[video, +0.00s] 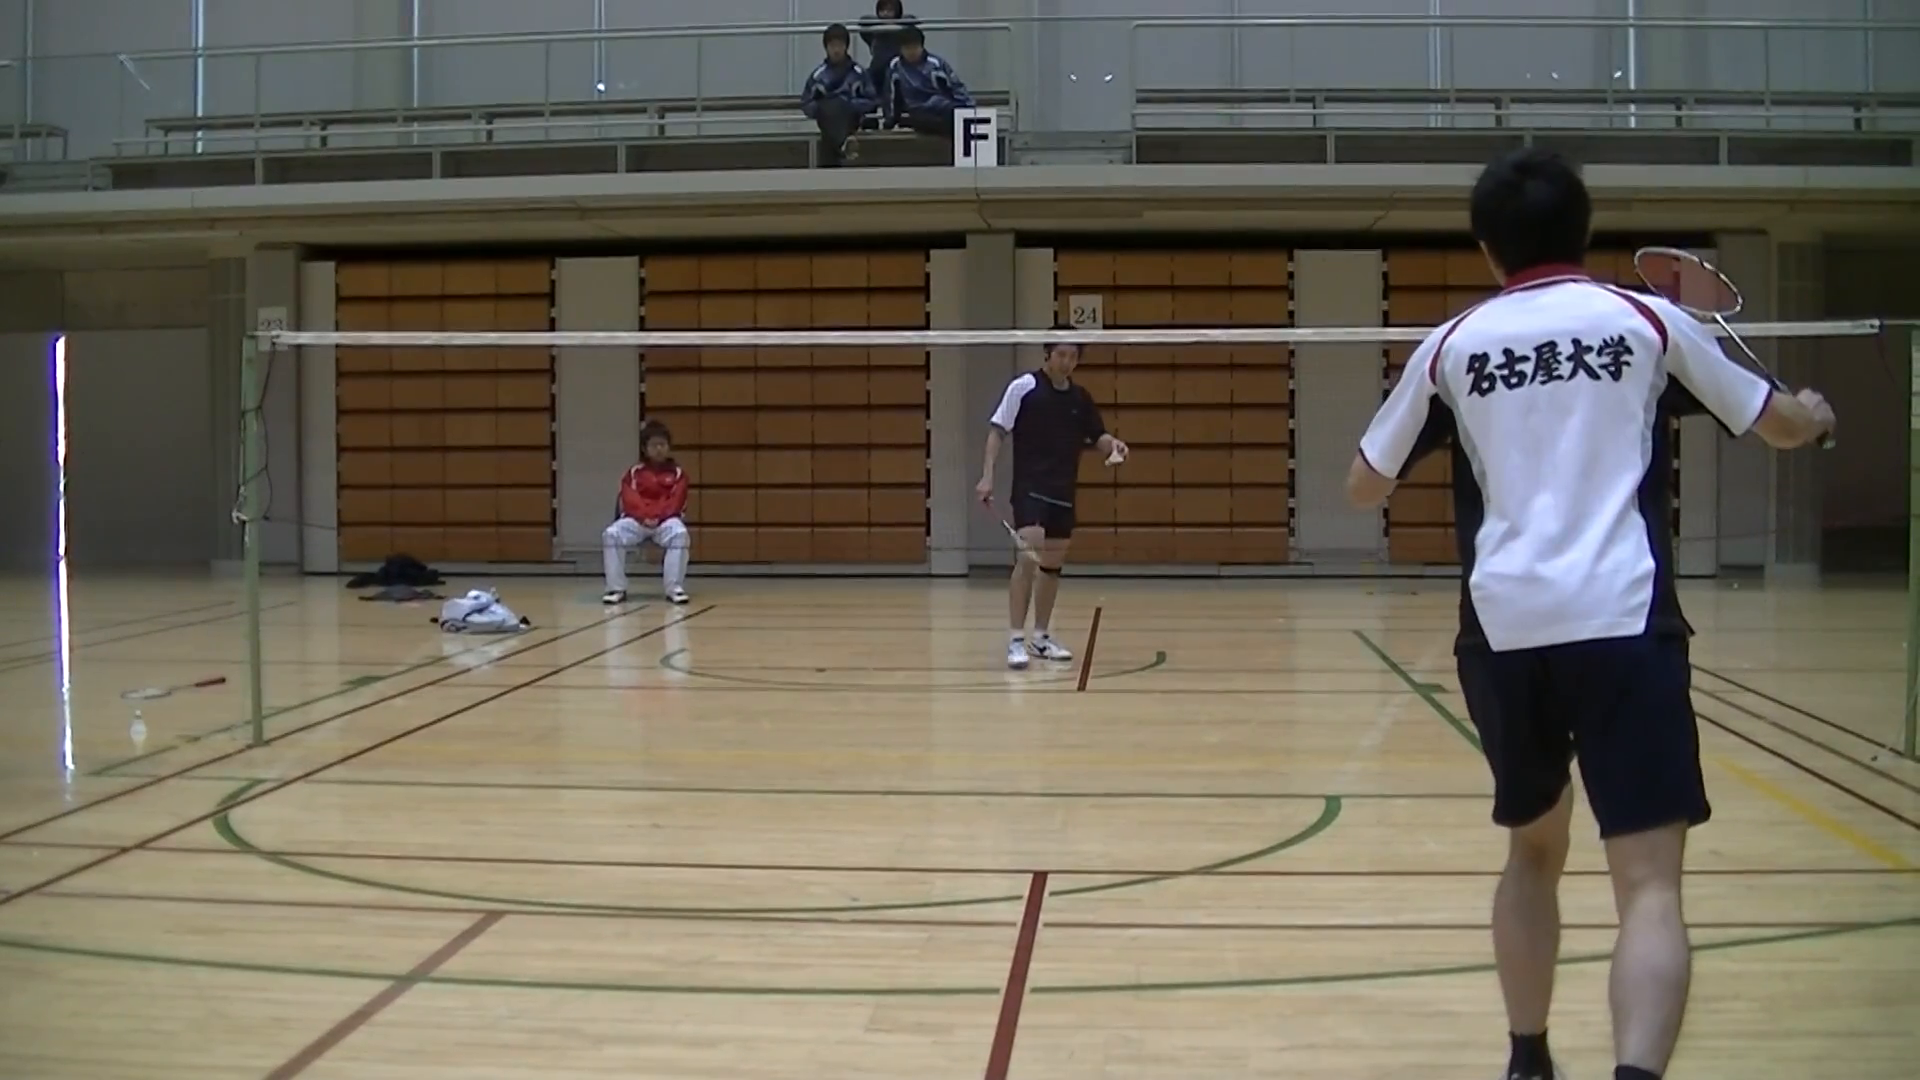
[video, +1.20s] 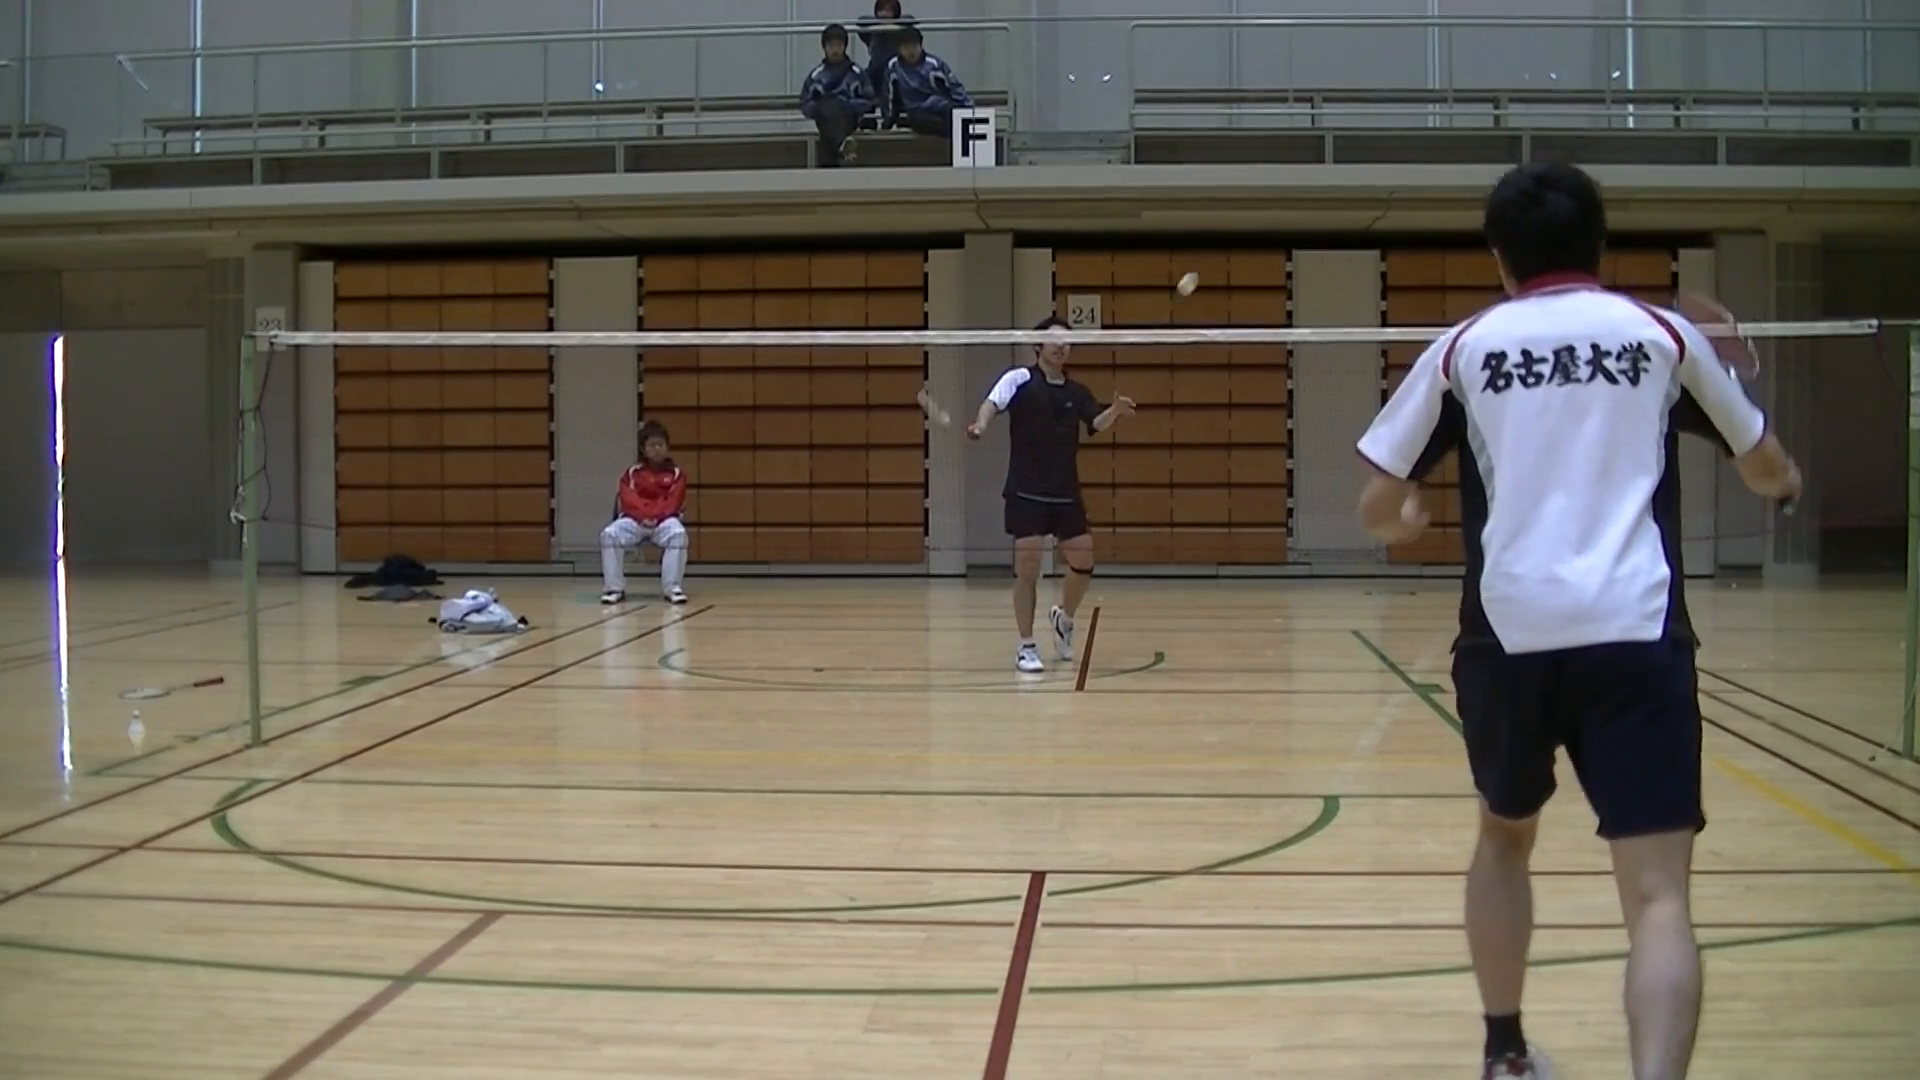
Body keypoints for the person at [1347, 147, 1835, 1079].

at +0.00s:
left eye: (1486, 238)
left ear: (1487, 248)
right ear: (1584, 234)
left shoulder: (1450, 347)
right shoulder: (1649, 321)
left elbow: (1364, 486)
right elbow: (1780, 424)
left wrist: (1409, 419)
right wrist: (1815, 411)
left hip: (1501, 636)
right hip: (1624, 629)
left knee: (1531, 849)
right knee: (1649, 883)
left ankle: (1526, 1061)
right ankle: (1637, 1075)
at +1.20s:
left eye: (1497, 247)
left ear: (1500, 255)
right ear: (1600, 246)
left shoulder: (1463, 347)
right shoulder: (1665, 333)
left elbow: (1379, 506)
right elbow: (1768, 473)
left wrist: (1407, 516)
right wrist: (1775, 474)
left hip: (1506, 642)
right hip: (1633, 638)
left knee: (1502, 841)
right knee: (1656, 896)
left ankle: (1502, 1051)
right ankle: (1658, 1077)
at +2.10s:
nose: (1509, 367)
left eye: (1513, 356)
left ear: (1518, 367)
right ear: (1585, 375)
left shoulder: (1509, 411)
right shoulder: (1605, 456)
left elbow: (1406, 408)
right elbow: (1579, 552)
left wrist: (1280, 384)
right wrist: (1623, 547)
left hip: (1503, 635)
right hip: (1574, 651)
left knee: (1444, 820)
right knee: (1496, 754)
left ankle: (1505, 939)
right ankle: (1509, 906)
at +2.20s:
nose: (1509, 351)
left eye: (1514, 342)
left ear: (1517, 353)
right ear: (1584, 362)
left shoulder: (1513, 395)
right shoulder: (1607, 441)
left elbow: (1414, 392)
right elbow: (1602, 491)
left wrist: (1294, 366)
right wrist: (1655, 483)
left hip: (1510, 611)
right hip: (1577, 627)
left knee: (1447, 796)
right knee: (1491, 748)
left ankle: (1519, 934)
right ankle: (1515, 913)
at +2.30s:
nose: (1497, 341)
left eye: (1501, 330)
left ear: (1505, 338)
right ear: (1573, 346)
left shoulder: (1498, 377)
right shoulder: (1598, 426)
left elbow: (1398, 380)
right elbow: (1590, 522)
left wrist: (1277, 364)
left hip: (1499, 587)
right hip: (1569, 606)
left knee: (1458, 771)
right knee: (1486, 747)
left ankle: (1507, 940)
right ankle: (1511, 909)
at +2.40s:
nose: (1493, 327)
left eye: (1497, 317)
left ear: (1502, 323)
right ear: (1568, 333)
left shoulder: (1491, 365)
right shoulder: (1597, 416)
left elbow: (1392, 381)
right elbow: (1600, 521)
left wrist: (1270, 381)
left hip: (1498, 572)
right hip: (1568, 590)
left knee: (1466, 759)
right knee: (1490, 748)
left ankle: (1504, 931)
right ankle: (1508, 906)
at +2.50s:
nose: (1474, 315)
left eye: (1477, 305)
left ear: (1481, 311)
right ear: (1546, 322)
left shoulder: (1473, 352)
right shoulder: (1578, 400)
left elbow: (1382, 390)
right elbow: (1602, 514)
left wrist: (1257, 417)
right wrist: (1557, 559)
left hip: (1481, 561)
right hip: (1550, 580)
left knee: (1452, 743)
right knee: (1473, 737)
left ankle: (1479, 923)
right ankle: (1490, 899)